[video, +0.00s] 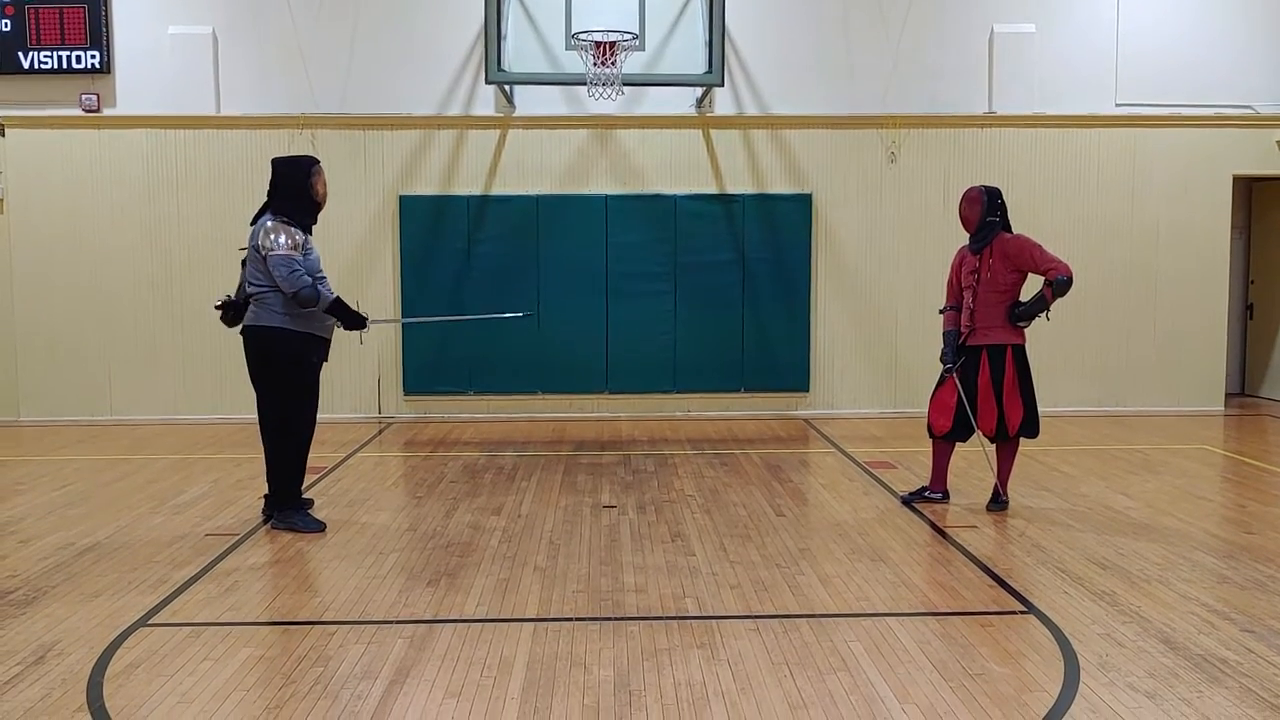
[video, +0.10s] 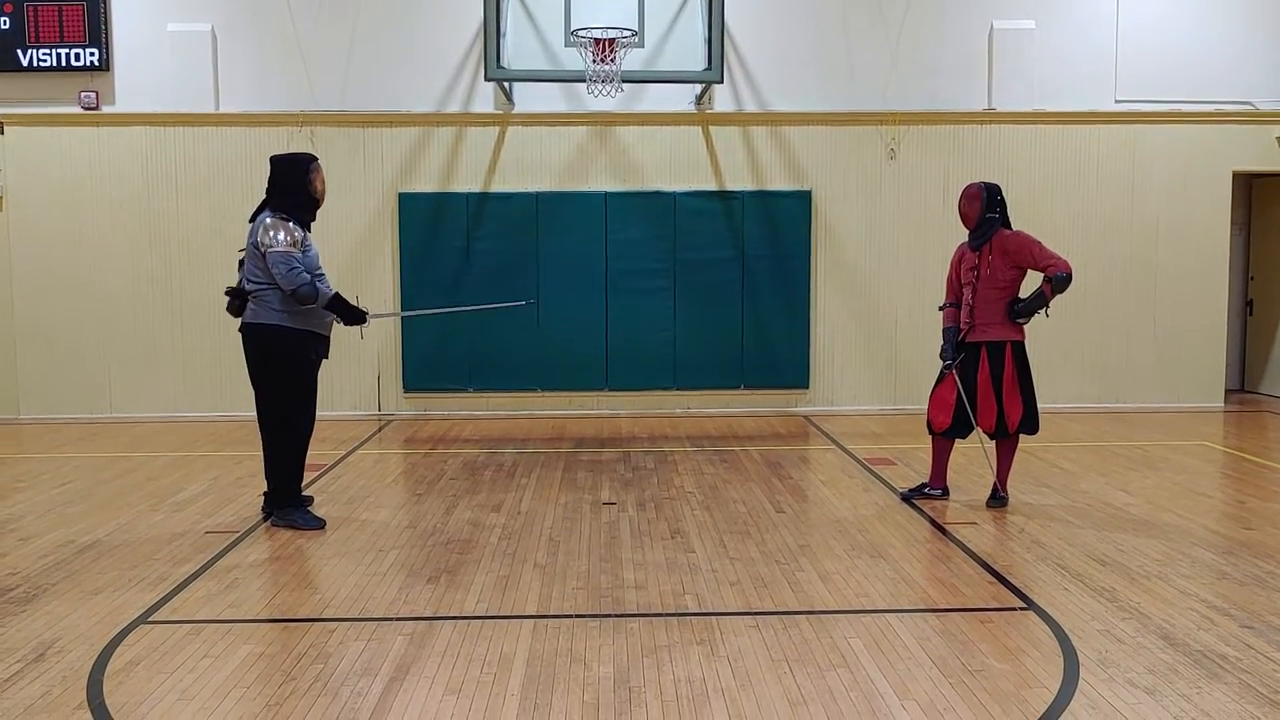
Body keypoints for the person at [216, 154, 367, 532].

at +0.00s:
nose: (325, 191)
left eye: (324, 182)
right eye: (320, 183)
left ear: (295, 187)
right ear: (301, 186)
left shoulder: (286, 227)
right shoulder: (278, 229)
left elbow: (254, 276)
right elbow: (296, 283)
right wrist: (340, 309)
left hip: (291, 337)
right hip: (277, 337)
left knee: (293, 419)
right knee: (288, 420)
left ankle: (283, 498)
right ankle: (283, 507)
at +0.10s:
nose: (324, 186)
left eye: (322, 178)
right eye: (318, 178)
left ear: (292, 183)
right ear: (300, 182)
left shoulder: (283, 222)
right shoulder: (278, 224)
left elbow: (249, 266)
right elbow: (295, 280)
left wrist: (242, 290)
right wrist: (339, 304)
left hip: (287, 334)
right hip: (277, 334)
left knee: (292, 416)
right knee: (288, 417)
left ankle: (283, 494)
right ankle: (283, 504)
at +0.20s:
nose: (320, 183)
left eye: (319, 175)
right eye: (315, 175)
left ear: (290, 179)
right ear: (297, 178)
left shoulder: (285, 220)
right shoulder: (275, 220)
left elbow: (297, 277)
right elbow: (295, 277)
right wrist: (338, 300)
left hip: (289, 332)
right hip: (276, 332)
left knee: (294, 413)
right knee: (286, 414)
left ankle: (284, 492)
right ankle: (282, 502)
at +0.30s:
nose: (317, 180)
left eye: (316, 172)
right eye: (312, 172)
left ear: (285, 177)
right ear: (294, 176)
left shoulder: (280, 217)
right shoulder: (275, 219)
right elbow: (294, 275)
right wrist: (338, 296)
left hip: (287, 328)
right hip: (276, 328)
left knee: (294, 411)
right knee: (286, 411)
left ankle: (283, 489)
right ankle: (281, 499)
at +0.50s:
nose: (313, 177)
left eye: (311, 169)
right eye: (308, 169)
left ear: (281, 174)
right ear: (291, 173)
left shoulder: (276, 213)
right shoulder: (272, 215)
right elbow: (295, 271)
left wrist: (244, 285)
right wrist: (337, 296)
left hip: (284, 323)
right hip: (277, 324)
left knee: (286, 407)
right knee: (287, 407)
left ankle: (280, 487)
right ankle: (283, 494)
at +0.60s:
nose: (310, 174)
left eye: (308, 167)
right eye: (305, 167)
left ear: (280, 171)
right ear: (287, 170)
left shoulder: (275, 212)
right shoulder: (272, 213)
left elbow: (286, 270)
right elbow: (298, 269)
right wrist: (336, 302)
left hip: (285, 321)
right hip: (277, 322)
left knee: (287, 404)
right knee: (285, 405)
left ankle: (282, 483)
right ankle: (282, 492)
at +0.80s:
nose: (310, 170)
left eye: (308, 162)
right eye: (304, 162)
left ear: (278, 170)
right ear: (286, 168)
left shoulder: (280, 209)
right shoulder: (269, 211)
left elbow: (308, 262)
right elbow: (292, 267)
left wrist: (319, 299)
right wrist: (321, 308)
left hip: (285, 317)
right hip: (274, 319)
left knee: (287, 400)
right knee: (285, 402)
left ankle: (281, 480)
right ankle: (283, 488)